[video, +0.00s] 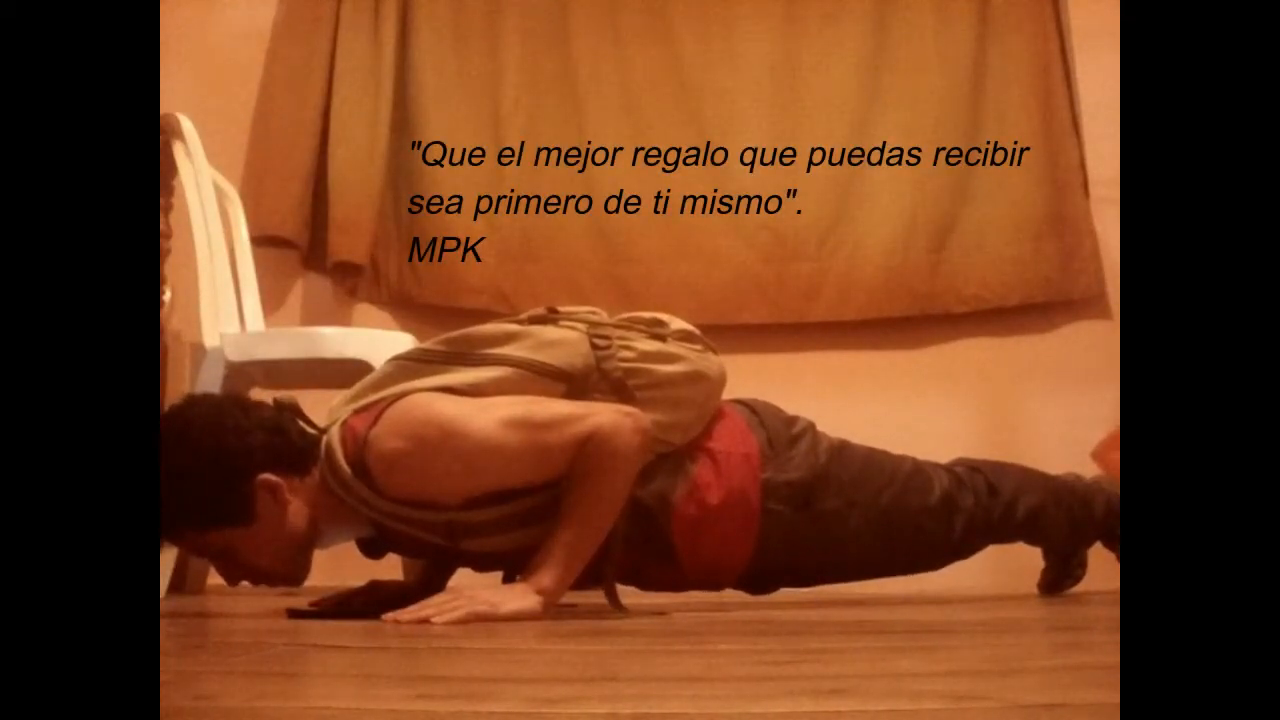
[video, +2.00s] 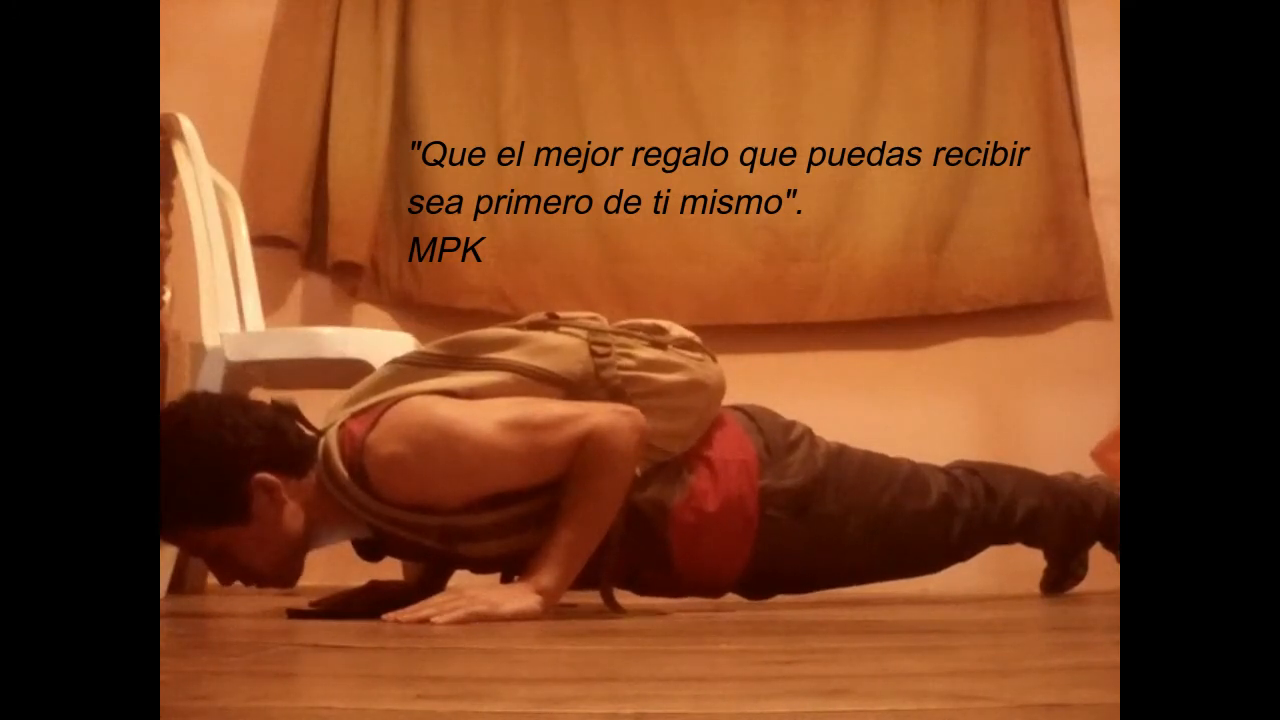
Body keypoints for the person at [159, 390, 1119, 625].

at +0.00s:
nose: (225, 573)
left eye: (218, 549)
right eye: (207, 560)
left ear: (271, 491)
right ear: (266, 480)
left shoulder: (402, 448)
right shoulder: (355, 458)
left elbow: (615, 437)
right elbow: (459, 536)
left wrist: (540, 588)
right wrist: (392, 585)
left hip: (739, 487)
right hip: (711, 501)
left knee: (946, 508)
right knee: (926, 505)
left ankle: (1094, 505)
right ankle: (1078, 505)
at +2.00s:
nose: (217, 575)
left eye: (211, 550)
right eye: (199, 559)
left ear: (264, 493)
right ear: (260, 481)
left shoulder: (400, 452)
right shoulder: (355, 458)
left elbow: (613, 438)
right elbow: (485, 528)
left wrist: (538, 588)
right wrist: (392, 584)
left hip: (737, 496)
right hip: (710, 502)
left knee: (944, 510)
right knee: (923, 507)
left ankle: (1093, 506)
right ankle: (1077, 504)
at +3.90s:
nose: (216, 576)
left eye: (210, 550)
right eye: (198, 560)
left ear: (262, 493)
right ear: (258, 482)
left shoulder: (396, 451)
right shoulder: (353, 463)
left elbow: (609, 437)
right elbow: (480, 533)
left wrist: (539, 588)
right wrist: (389, 587)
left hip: (737, 489)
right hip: (709, 503)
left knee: (942, 508)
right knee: (922, 506)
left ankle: (1094, 505)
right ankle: (1076, 504)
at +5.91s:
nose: (212, 579)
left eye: (206, 554)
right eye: (195, 563)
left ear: (258, 499)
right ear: (255, 482)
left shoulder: (394, 456)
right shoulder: (351, 459)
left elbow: (606, 437)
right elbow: (481, 522)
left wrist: (538, 589)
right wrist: (392, 583)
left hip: (735, 491)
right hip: (708, 498)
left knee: (944, 508)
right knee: (924, 506)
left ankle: (1094, 504)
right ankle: (1075, 505)